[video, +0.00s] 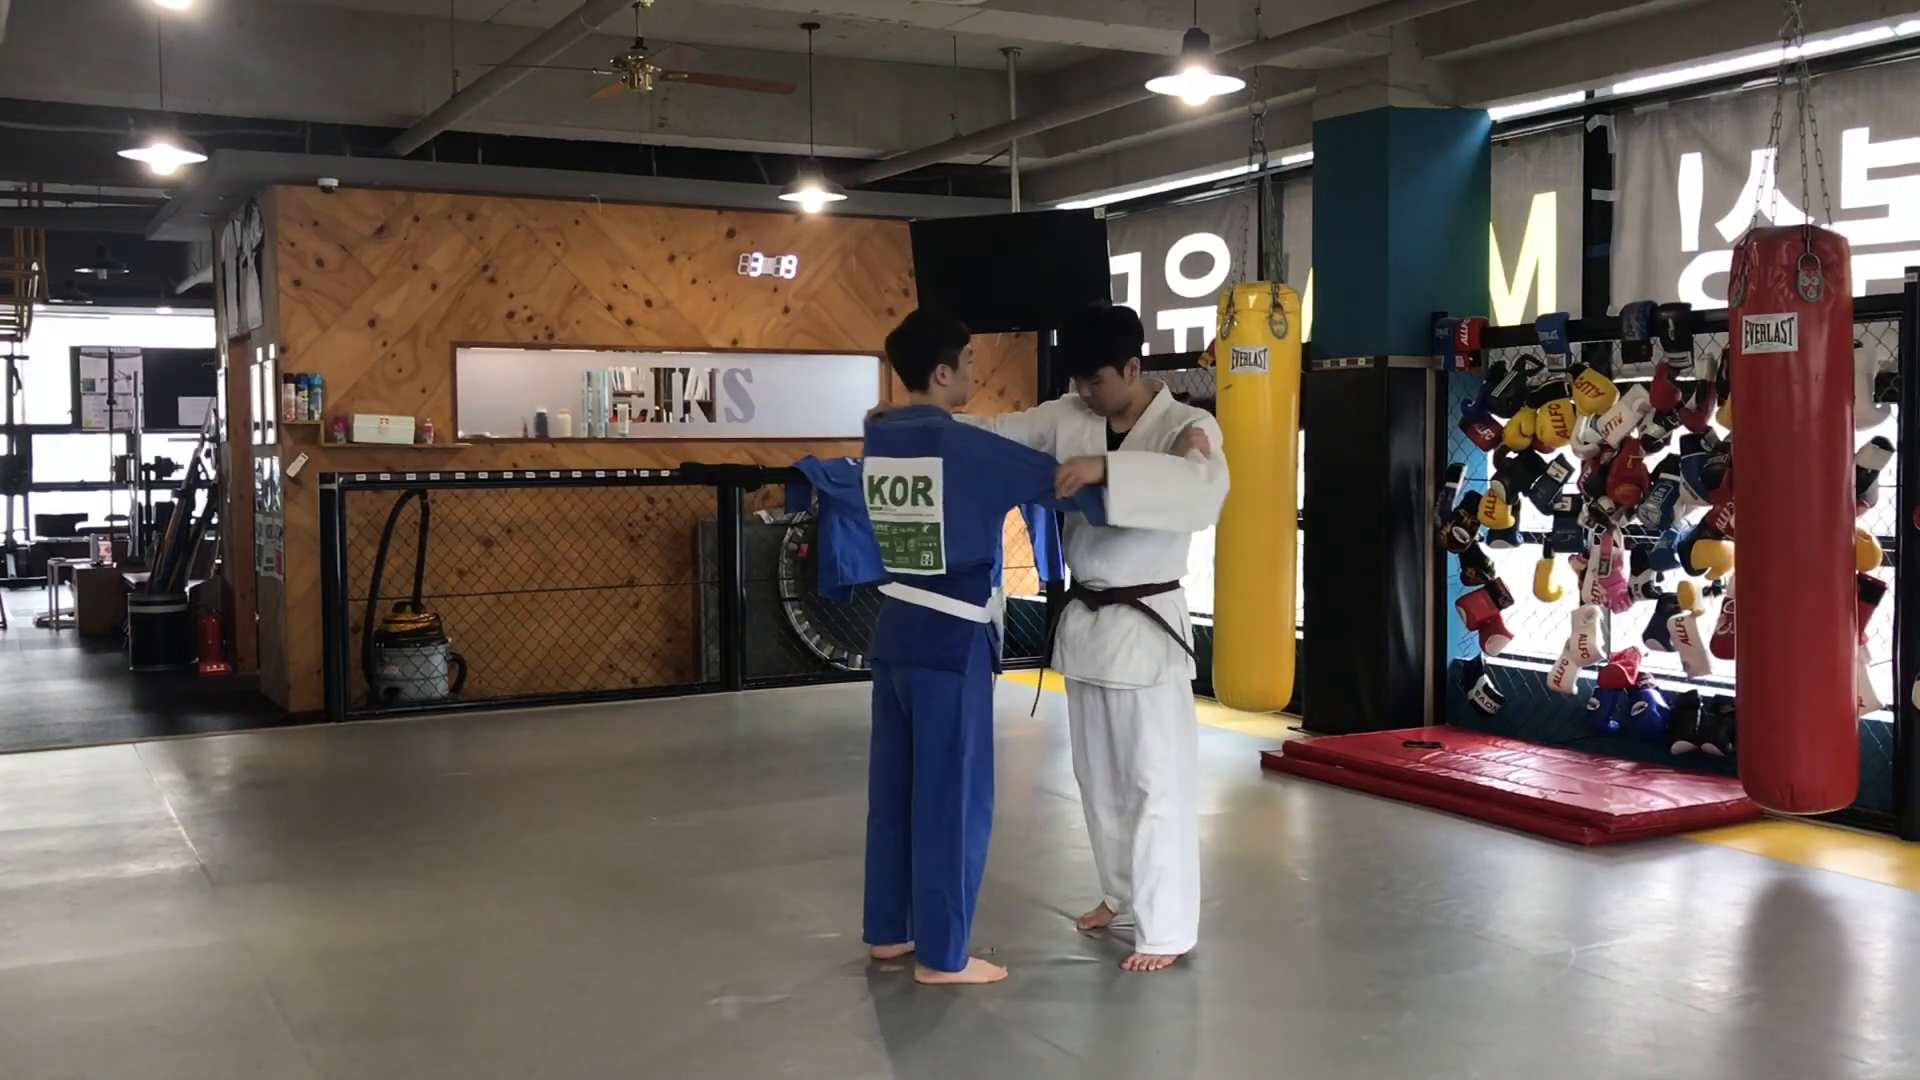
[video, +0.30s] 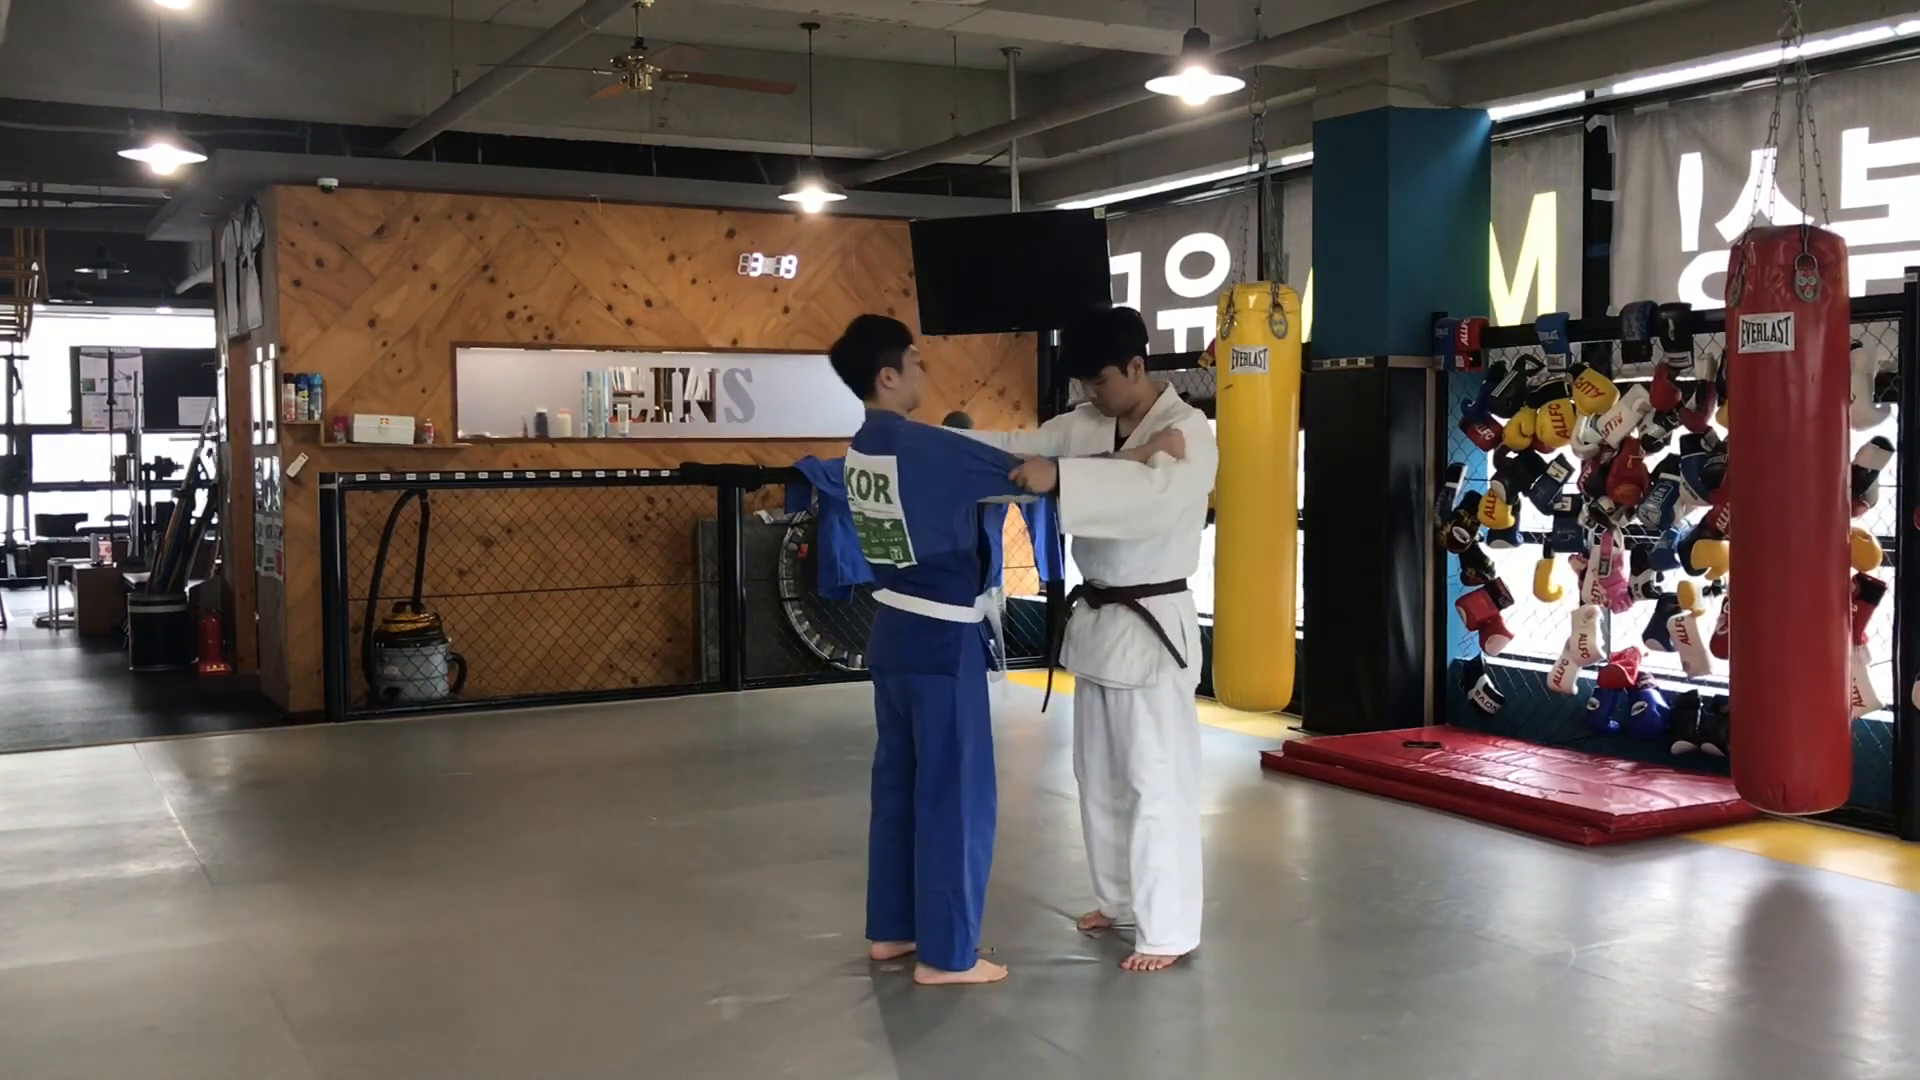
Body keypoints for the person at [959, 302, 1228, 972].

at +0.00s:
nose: (1084, 393)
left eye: (1092, 380)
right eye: (1078, 382)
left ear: (1131, 368)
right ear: (1079, 378)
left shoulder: (1189, 426)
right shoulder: (1072, 418)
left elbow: (1206, 493)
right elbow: (990, 434)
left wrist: (1109, 469)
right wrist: (909, 424)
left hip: (1149, 625)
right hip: (1086, 622)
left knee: (1156, 786)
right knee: (1103, 779)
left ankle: (1169, 932)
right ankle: (1123, 900)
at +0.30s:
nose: (1088, 395)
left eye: (1095, 382)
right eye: (1084, 384)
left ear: (1135, 367)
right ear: (1100, 378)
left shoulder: (1190, 430)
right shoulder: (1088, 426)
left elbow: (1158, 493)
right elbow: (1023, 448)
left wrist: (1062, 478)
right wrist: (945, 449)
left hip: (1153, 624)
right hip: (1095, 620)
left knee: (1157, 785)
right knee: (1103, 778)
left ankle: (1172, 931)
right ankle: (1121, 904)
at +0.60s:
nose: (1077, 396)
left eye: (1084, 383)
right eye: (1071, 385)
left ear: (1121, 365)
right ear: (1080, 378)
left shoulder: (1178, 420)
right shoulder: (1075, 421)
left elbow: (1156, 481)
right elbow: (996, 435)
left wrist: (1061, 452)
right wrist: (903, 423)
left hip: (1154, 620)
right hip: (1097, 619)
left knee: (1158, 783)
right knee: (1107, 775)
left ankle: (1172, 932)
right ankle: (1126, 901)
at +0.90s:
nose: (1074, 401)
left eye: (1081, 386)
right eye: (1069, 389)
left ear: (1117, 369)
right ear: (1093, 379)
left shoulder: (1180, 431)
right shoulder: (1078, 431)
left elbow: (1148, 500)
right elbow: (1011, 465)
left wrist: (1051, 497)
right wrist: (951, 459)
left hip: (1157, 621)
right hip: (1101, 619)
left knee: (1158, 783)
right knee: (1108, 778)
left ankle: (1173, 933)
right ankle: (1124, 902)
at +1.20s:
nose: (1094, 393)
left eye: (1101, 378)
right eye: (1090, 380)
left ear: (1141, 366)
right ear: (1118, 374)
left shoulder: (1193, 437)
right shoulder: (1100, 429)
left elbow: (1148, 498)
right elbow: (1029, 456)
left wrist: (1050, 493)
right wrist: (949, 453)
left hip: (1171, 624)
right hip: (1117, 619)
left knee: (1165, 784)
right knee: (1116, 776)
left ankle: (1174, 935)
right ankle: (1129, 904)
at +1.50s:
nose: (1093, 399)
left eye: (1101, 385)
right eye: (1088, 387)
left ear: (1140, 372)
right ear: (1096, 382)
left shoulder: (1196, 437)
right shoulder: (1096, 431)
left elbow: (1158, 497)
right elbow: (1031, 463)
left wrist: (1071, 491)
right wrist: (963, 468)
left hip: (1185, 621)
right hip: (1129, 618)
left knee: (1176, 780)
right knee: (1126, 777)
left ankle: (1176, 933)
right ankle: (1144, 907)